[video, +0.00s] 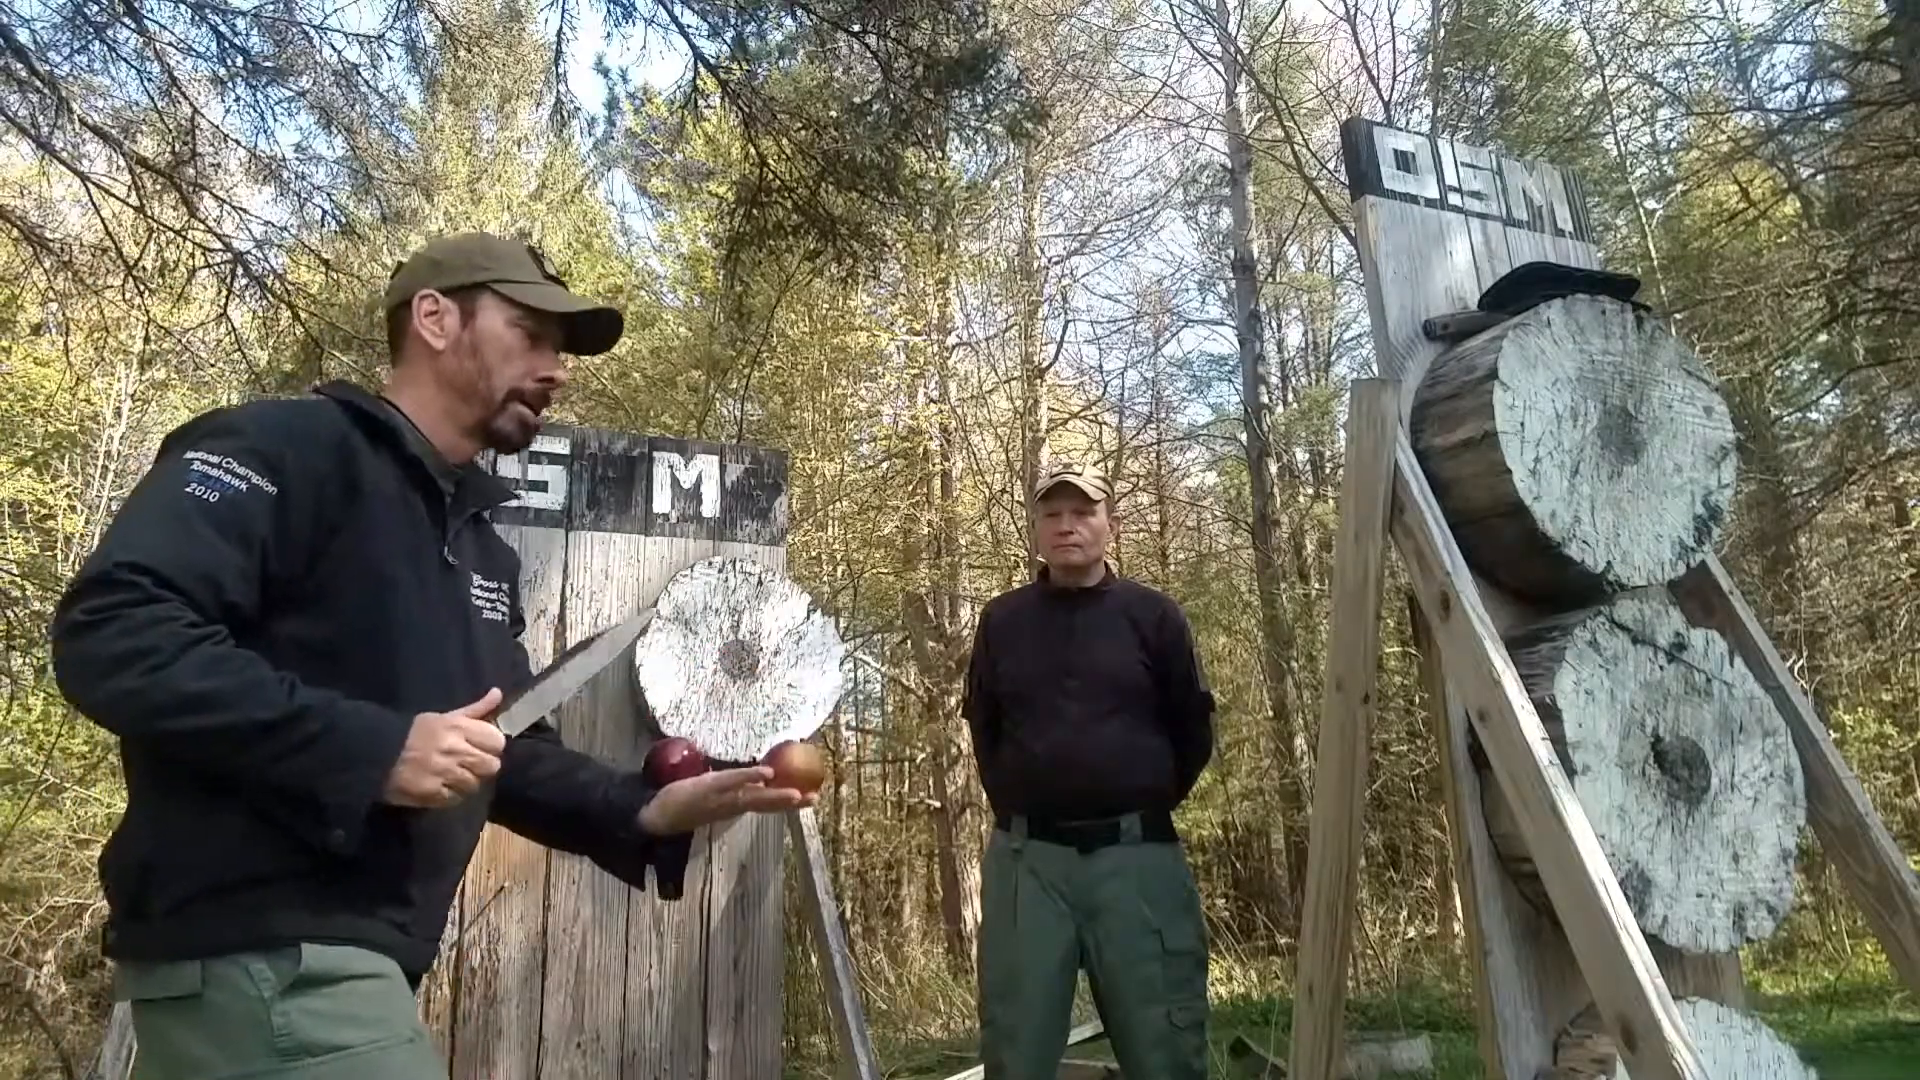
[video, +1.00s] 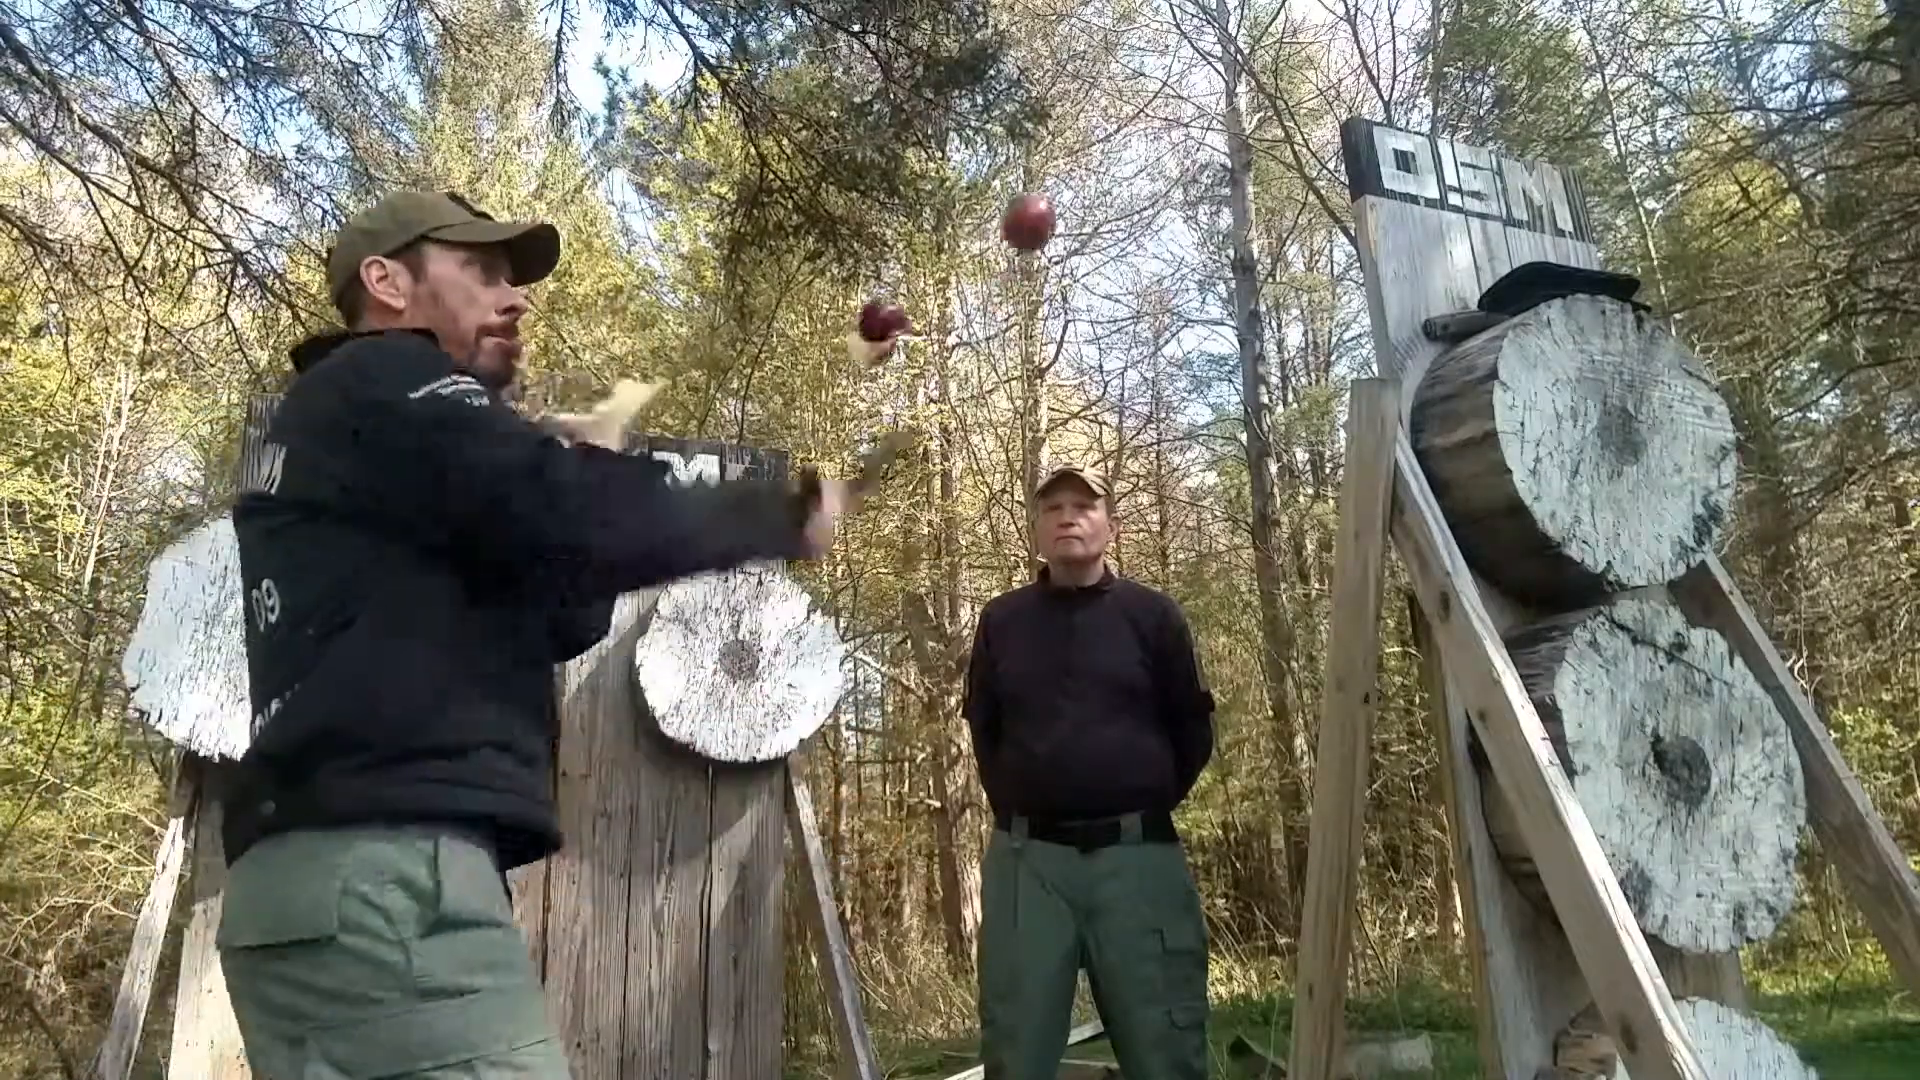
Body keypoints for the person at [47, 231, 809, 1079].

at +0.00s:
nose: (558, 370)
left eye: (563, 347)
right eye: (536, 334)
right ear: (436, 321)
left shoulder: (480, 546)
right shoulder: (283, 447)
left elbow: (491, 752)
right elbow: (111, 633)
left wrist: (650, 808)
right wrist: (374, 747)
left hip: (346, 960)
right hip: (265, 961)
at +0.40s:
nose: (584, 402)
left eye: (587, 379)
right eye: (558, 364)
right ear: (459, 354)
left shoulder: (494, 590)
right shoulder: (299, 478)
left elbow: (486, 801)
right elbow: (142, 685)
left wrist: (657, 877)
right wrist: (409, 805)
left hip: (365, 1011)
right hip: (249, 1008)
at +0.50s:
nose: (570, 453)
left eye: (573, 427)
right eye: (544, 416)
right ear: (444, 408)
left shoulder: (490, 643)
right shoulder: (286, 546)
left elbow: (487, 856)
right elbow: (126, 771)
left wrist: (648, 939)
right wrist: (393, 891)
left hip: (375, 1042)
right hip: (234, 1043)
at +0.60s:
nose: (559, 472)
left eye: (564, 449)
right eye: (531, 439)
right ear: (428, 433)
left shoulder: (485, 662)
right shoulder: (268, 583)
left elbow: (521, 868)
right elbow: (128, 812)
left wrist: (672, 944)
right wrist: (389, 933)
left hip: (396, 1052)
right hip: (224, 1053)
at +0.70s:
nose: (545, 424)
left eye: (546, 399)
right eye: (517, 391)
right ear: (415, 387)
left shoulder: (486, 595)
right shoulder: (265, 538)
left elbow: (560, 762)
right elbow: (163, 748)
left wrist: (756, 777)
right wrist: (460, 803)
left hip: (419, 1021)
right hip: (285, 1025)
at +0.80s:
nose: (527, 343)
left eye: (525, 320)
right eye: (499, 312)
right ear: (401, 314)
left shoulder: (491, 497)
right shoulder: (298, 443)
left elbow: (609, 627)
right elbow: (277, 600)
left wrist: (778, 580)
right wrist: (538, 490)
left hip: (425, 924)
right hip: (343, 930)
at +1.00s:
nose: (513, 296)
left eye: (510, 275)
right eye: (480, 269)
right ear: (388, 285)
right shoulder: (385, 388)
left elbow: (559, 623)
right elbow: (570, 506)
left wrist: (585, 474)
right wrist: (781, 512)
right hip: (387, 887)